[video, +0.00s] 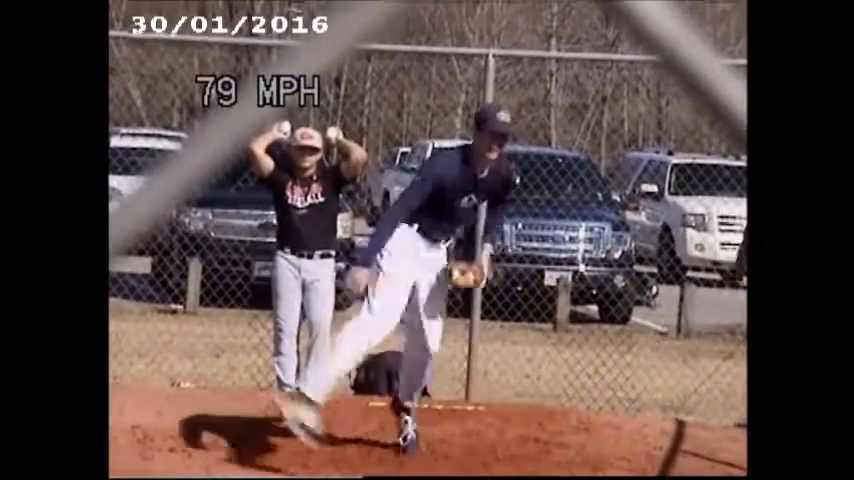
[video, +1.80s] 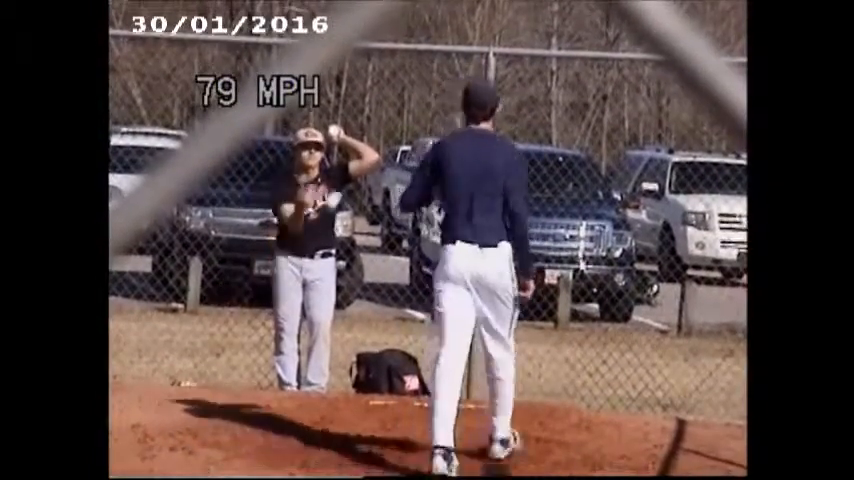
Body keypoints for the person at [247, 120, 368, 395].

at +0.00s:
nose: (307, 157)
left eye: (313, 152)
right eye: (301, 151)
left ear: (321, 153)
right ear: (291, 153)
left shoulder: (332, 177)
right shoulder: (281, 179)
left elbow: (360, 158)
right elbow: (255, 150)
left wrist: (340, 140)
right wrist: (275, 133)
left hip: (322, 261)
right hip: (287, 259)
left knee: (320, 326)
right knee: (285, 326)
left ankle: (315, 385)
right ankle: (285, 384)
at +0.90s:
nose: (307, 158)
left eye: (313, 152)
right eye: (301, 152)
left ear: (322, 154)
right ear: (292, 153)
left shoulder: (333, 177)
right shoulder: (281, 178)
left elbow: (362, 158)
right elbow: (250, 167)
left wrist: (341, 141)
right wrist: (275, 144)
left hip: (322, 261)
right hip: (288, 259)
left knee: (320, 324)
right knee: (285, 326)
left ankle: (315, 387)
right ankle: (286, 387)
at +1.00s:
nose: (309, 157)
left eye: (315, 151)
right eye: (303, 151)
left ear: (323, 153)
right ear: (293, 151)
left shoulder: (333, 176)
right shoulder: (281, 176)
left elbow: (364, 157)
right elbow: (254, 201)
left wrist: (341, 140)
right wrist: (269, 167)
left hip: (322, 260)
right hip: (287, 258)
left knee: (320, 322)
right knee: (285, 325)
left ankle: (315, 384)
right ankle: (286, 385)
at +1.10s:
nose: (310, 157)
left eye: (316, 152)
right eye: (305, 152)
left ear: (324, 155)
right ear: (295, 153)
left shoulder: (333, 178)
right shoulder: (280, 180)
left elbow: (365, 159)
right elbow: (261, 228)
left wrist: (341, 142)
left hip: (322, 262)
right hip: (287, 261)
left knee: (320, 324)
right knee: (285, 326)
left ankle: (315, 386)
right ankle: (287, 386)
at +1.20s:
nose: (309, 154)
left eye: (315, 150)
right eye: (304, 149)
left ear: (324, 153)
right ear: (295, 152)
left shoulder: (334, 176)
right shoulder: (282, 183)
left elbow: (367, 157)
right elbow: (272, 225)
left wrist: (342, 140)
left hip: (322, 261)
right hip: (288, 259)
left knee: (321, 324)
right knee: (286, 325)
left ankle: (316, 385)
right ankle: (287, 385)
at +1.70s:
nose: (310, 156)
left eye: (315, 152)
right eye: (305, 152)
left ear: (323, 156)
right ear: (295, 156)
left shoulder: (333, 179)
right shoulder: (286, 190)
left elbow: (373, 161)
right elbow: (287, 230)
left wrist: (343, 142)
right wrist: (293, 262)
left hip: (324, 263)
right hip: (291, 261)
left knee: (321, 327)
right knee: (287, 328)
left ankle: (316, 389)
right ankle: (287, 388)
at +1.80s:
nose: (310, 153)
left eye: (316, 148)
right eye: (305, 148)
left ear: (323, 153)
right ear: (295, 153)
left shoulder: (333, 177)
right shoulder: (285, 183)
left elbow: (373, 158)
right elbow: (293, 227)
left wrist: (343, 139)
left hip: (322, 259)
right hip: (288, 259)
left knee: (321, 324)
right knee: (286, 324)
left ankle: (316, 386)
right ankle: (287, 385)